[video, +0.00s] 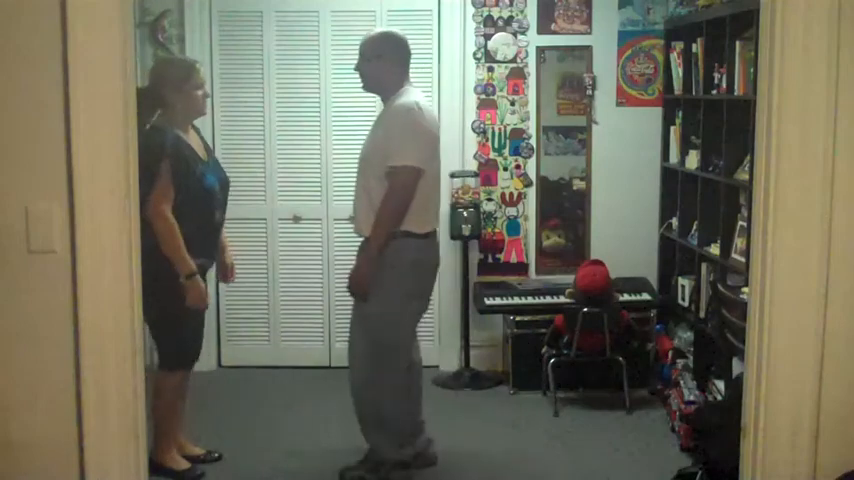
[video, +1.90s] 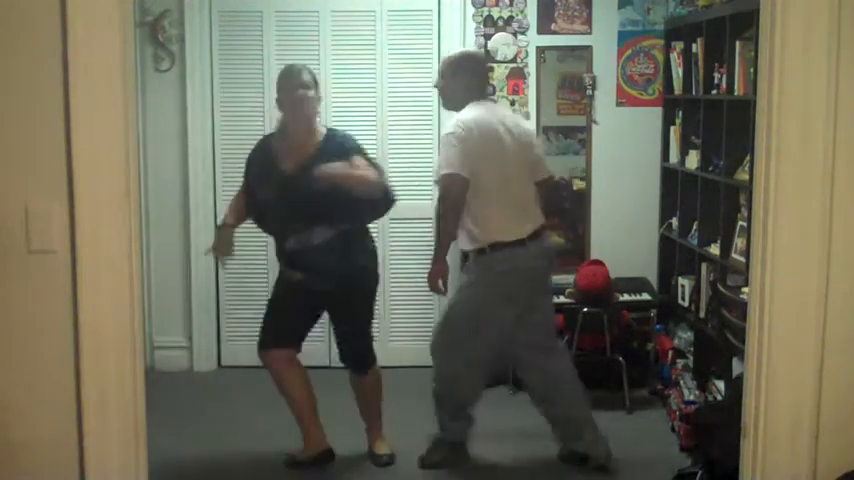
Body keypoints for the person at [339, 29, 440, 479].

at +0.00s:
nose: (357, 68)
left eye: (366, 60)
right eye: (360, 60)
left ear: (391, 64)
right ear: (392, 66)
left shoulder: (407, 112)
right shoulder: (402, 110)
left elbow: (403, 186)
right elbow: (402, 186)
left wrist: (369, 256)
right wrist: (374, 253)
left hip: (399, 250)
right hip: (401, 250)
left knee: (377, 354)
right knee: (395, 351)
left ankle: (390, 454)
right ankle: (410, 445)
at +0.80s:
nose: (372, 77)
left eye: (379, 69)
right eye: (373, 70)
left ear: (405, 68)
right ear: (400, 70)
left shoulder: (436, 109)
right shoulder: (408, 120)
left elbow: (462, 172)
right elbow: (395, 191)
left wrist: (416, 230)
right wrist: (362, 246)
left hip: (438, 243)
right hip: (421, 244)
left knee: (379, 327)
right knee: (415, 337)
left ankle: (425, 427)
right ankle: (411, 441)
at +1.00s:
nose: (407, 63)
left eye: (415, 55)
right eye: (409, 56)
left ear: (441, 61)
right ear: (436, 63)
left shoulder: (461, 110)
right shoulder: (434, 116)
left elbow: (473, 173)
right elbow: (434, 190)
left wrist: (410, 205)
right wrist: (404, 243)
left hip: (448, 247)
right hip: (425, 246)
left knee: (417, 346)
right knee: (409, 345)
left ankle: (485, 426)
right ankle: (412, 444)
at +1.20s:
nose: (426, 74)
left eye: (432, 66)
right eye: (427, 66)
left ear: (456, 70)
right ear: (464, 71)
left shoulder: (464, 116)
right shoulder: (480, 114)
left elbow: (446, 189)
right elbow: (499, 193)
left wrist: (409, 222)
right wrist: (433, 216)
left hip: (477, 255)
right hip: (472, 253)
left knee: (477, 349)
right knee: (424, 329)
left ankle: (506, 444)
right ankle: (418, 436)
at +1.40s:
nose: (443, 80)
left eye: (448, 72)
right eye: (444, 73)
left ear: (468, 75)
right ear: (486, 74)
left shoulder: (463, 125)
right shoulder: (526, 121)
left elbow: (439, 192)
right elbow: (555, 181)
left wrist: (427, 247)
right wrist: (564, 234)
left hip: (486, 255)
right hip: (526, 251)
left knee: (472, 349)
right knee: (492, 337)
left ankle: (504, 444)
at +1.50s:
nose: (452, 79)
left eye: (456, 72)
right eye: (452, 72)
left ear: (473, 73)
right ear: (495, 72)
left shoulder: (460, 125)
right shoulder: (534, 119)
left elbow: (445, 199)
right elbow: (573, 185)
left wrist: (434, 258)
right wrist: (576, 239)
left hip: (485, 256)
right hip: (533, 252)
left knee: (477, 357)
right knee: (530, 343)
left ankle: (504, 446)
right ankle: (578, 426)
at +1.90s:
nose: (437, 87)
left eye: (441, 79)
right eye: (439, 80)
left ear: (462, 80)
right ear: (481, 81)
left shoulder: (461, 127)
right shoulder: (519, 123)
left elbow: (452, 192)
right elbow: (547, 186)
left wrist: (439, 255)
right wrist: (532, 228)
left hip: (495, 261)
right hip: (534, 254)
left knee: (453, 345)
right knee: (541, 351)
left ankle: (451, 441)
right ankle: (586, 445)